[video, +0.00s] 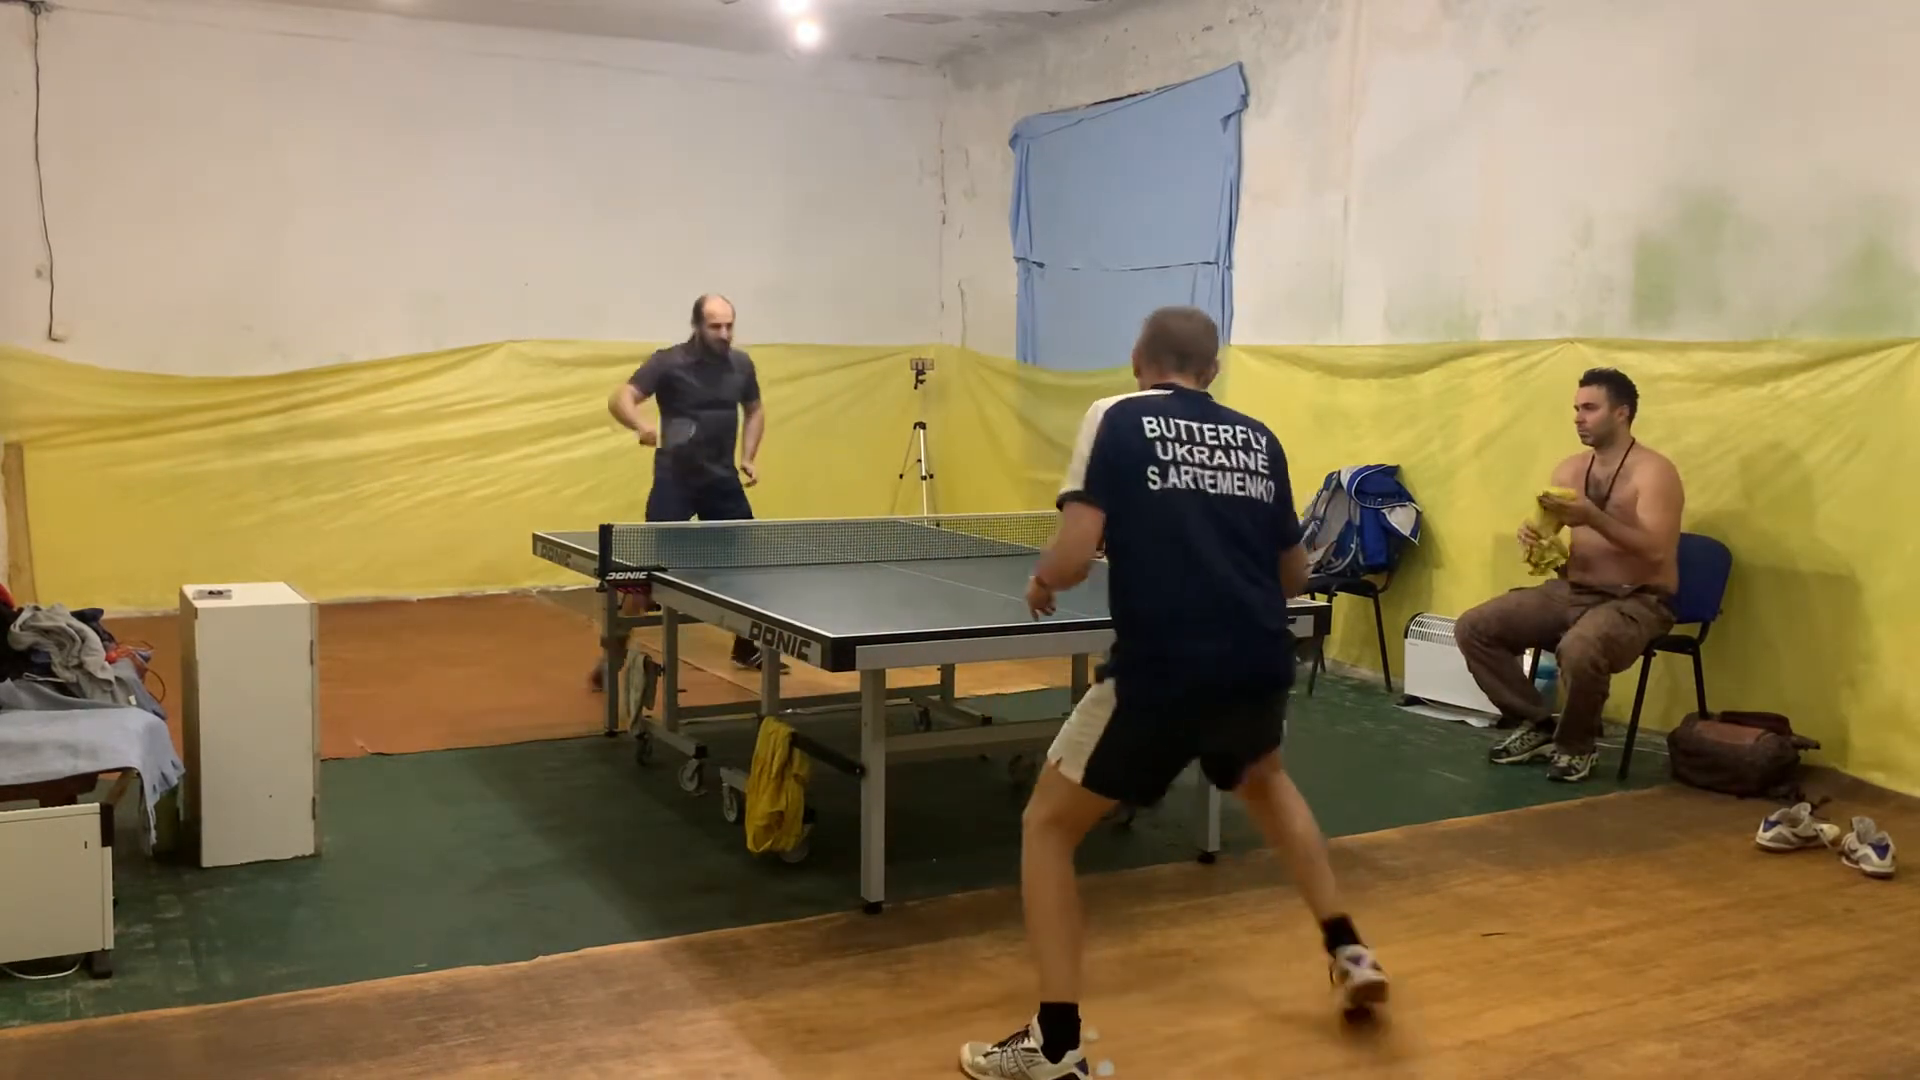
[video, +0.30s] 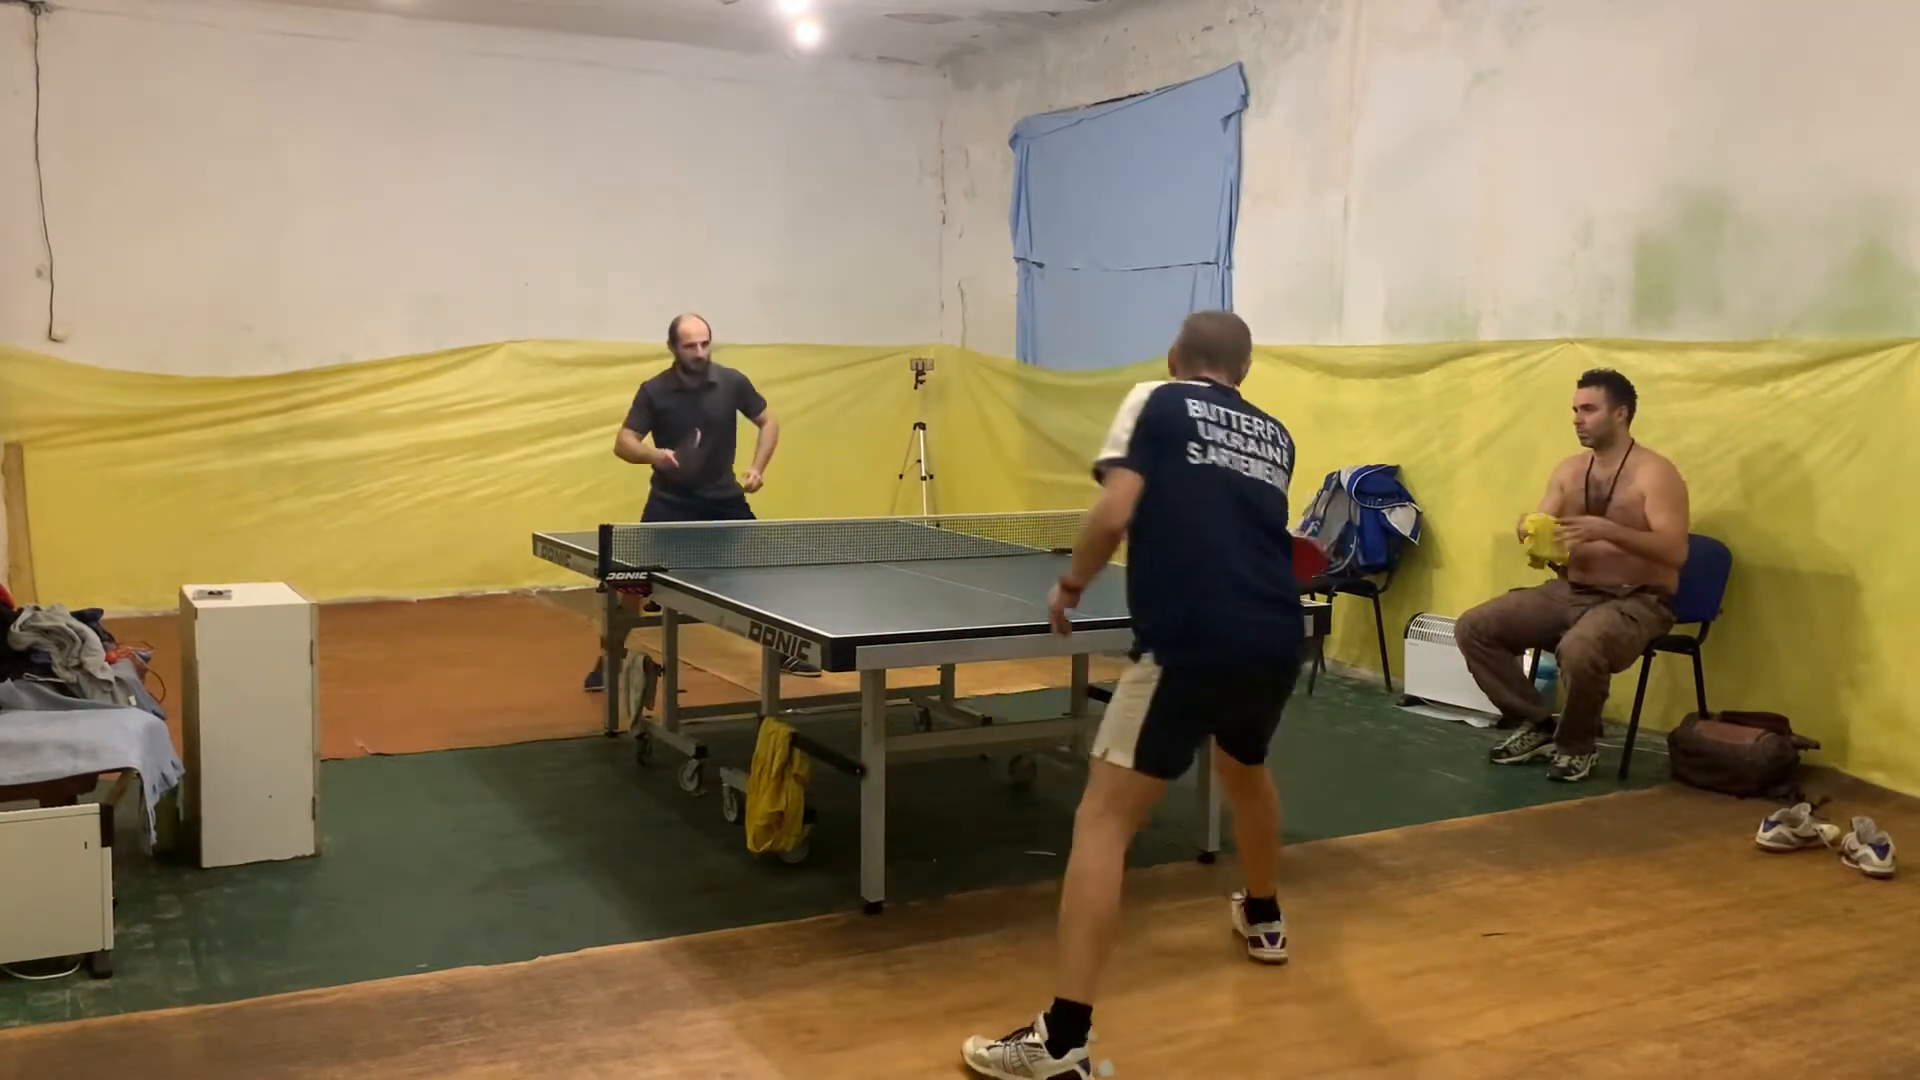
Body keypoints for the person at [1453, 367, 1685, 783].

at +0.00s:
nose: (1577, 417)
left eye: (1588, 408)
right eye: (1576, 408)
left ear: (1623, 412)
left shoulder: (1654, 473)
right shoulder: (1571, 469)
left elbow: (1655, 550)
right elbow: (1549, 541)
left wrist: (1592, 517)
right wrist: (1536, 541)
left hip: (1638, 600)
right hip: (1573, 592)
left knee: (1579, 650)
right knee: (1475, 629)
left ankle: (1576, 746)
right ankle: (1535, 722)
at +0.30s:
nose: (1577, 418)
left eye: (1588, 409)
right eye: (1575, 410)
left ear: (1621, 414)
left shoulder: (1656, 473)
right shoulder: (1570, 470)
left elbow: (1675, 551)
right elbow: (1544, 528)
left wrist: (1606, 531)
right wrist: (1533, 531)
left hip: (1637, 599)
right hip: (1571, 592)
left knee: (1579, 650)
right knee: (1475, 629)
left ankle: (1577, 746)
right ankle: (1534, 721)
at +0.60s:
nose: (1577, 418)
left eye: (1588, 408)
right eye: (1577, 409)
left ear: (1622, 413)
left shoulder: (1656, 474)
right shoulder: (1569, 470)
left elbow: (1665, 557)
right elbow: (1543, 542)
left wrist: (1586, 536)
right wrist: (1537, 536)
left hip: (1637, 600)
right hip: (1572, 591)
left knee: (1578, 649)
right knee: (1475, 629)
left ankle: (1577, 745)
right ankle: (1535, 722)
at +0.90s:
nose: (1576, 419)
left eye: (1587, 409)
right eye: (1576, 410)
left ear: (1621, 415)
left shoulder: (1656, 475)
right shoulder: (1569, 470)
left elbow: (1664, 557)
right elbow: (1540, 546)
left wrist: (1589, 536)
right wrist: (1544, 534)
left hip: (1637, 599)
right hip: (1572, 591)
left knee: (1579, 649)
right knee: (1475, 629)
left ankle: (1577, 746)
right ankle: (1535, 721)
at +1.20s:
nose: (1578, 419)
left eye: (1589, 410)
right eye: (1577, 410)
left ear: (1623, 415)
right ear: (1576, 414)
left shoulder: (1655, 475)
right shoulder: (1570, 471)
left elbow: (1667, 557)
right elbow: (1538, 544)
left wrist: (1592, 535)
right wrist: (1547, 535)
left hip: (1638, 599)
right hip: (1573, 591)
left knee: (1579, 649)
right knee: (1475, 629)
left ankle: (1577, 746)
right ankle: (1535, 721)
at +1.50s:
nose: (1579, 420)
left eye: (1590, 410)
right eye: (1577, 411)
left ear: (1623, 415)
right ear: (1576, 414)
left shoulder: (1656, 475)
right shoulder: (1569, 471)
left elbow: (1673, 556)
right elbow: (1536, 545)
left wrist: (1602, 533)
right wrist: (1545, 534)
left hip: (1638, 599)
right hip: (1573, 591)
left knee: (1578, 650)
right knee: (1475, 629)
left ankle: (1577, 746)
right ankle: (1535, 721)